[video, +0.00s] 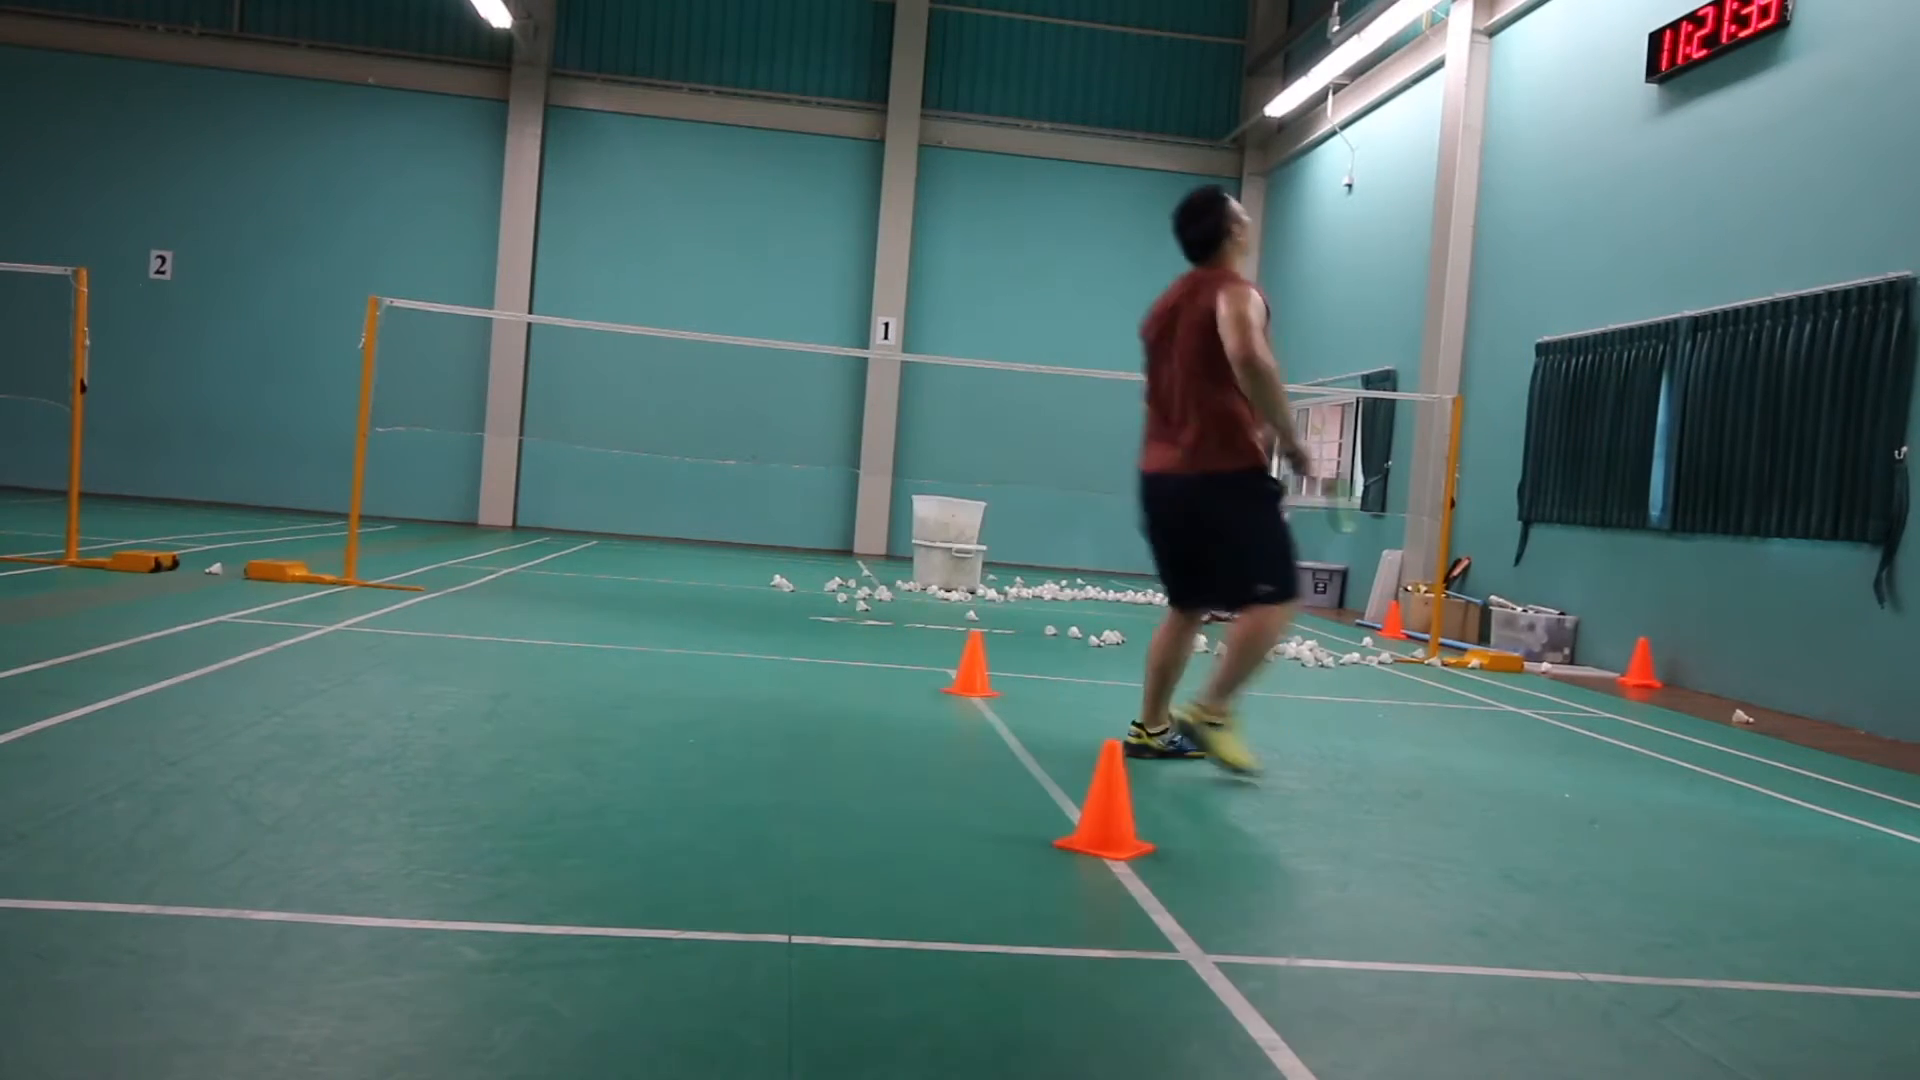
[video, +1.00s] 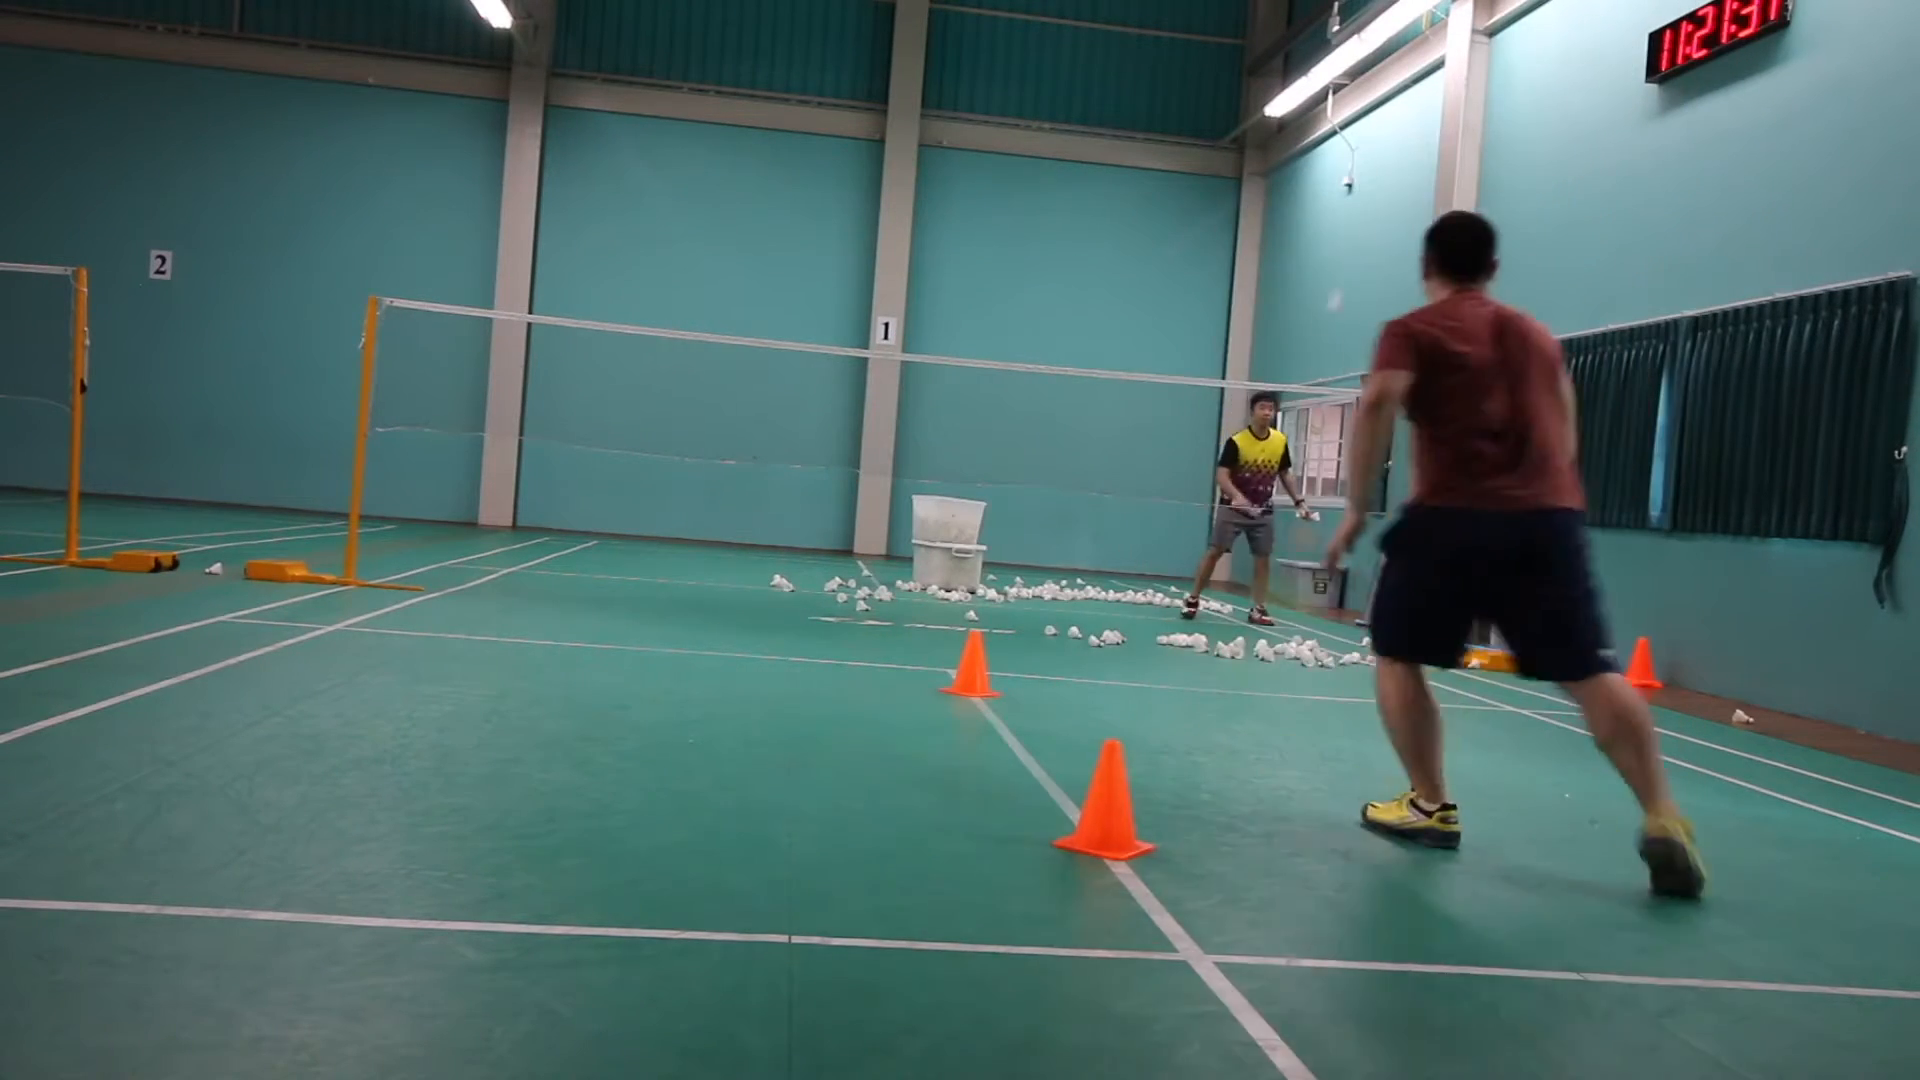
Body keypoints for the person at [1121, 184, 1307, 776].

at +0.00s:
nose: (1251, 224)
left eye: (1245, 214)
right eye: (1243, 217)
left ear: (1193, 241)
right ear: (1230, 231)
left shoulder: (1165, 303)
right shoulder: (1238, 292)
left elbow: (1164, 395)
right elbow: (1247, 357)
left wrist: (1235, 433)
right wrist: (1291, 437)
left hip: (1165, 479)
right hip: (1228, 478)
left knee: (1186, 603)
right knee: (1273, 599)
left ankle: (1151, 726)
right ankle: (1211, 710)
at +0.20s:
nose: (1348, 213)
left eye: (1341, 204)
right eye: (1339, 208)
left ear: (1298, 239)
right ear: (1327, 229)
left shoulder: (1297, 288)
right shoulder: (1322, 287)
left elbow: (1342, 306)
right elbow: (1317, 337)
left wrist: (1390, 266)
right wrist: (1414, 322)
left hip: (1288, 493)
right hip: (1347, 492)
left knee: (1278, 612)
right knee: (1378, 629)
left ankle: (1195, 724)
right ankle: (1341, 770)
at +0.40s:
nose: (1444, 195)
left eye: (1437, 189)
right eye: (1433, 191)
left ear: (1394, 227)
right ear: (1417, 220)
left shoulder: (1415, 273)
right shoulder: (1397, 291)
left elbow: (1428, 212)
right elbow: (1369, 363)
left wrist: (1449, 140)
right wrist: (1443, 279)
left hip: (1377, 503)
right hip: (1435, 504)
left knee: (1379, 640)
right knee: (1519, 632)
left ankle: (1284, 753)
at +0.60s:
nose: (1544, 197)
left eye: (1536, 187)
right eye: (1531, 191)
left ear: (1476, 229)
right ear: (1524, 220)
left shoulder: (1466, 287)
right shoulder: (1527, 294)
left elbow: (1429, 264)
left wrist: (1401, 233)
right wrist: (1538, 210)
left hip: (1501, 517)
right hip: (1586, 520)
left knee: (1449, 653)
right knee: (1609, 673)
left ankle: (1357, 776)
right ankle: (1573, 836)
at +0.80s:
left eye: (1499, 239)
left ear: (1494, 245)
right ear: (1569, 238)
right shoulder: (1626, 286)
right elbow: (1688, 272)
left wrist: (1380, 522)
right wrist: (1721, 248)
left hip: (1534, 532)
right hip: (1641, 524)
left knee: (1468, 665)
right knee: (1661, 686)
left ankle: (1411, 799)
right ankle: (1674, 861)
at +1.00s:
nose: (1427, 276)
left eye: (1427, 266)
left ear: (1428, 268)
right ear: (1493, 269)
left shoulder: (1410, 332)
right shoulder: (1542, 340)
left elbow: (1380, 399)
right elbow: (1564, 445)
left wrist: (1358, 508)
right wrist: (1543, 513)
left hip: (1447, 527)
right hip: (1545, 528)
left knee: (1396, 652)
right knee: (1591, 671)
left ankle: (1429, 802)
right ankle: (1662, 816)